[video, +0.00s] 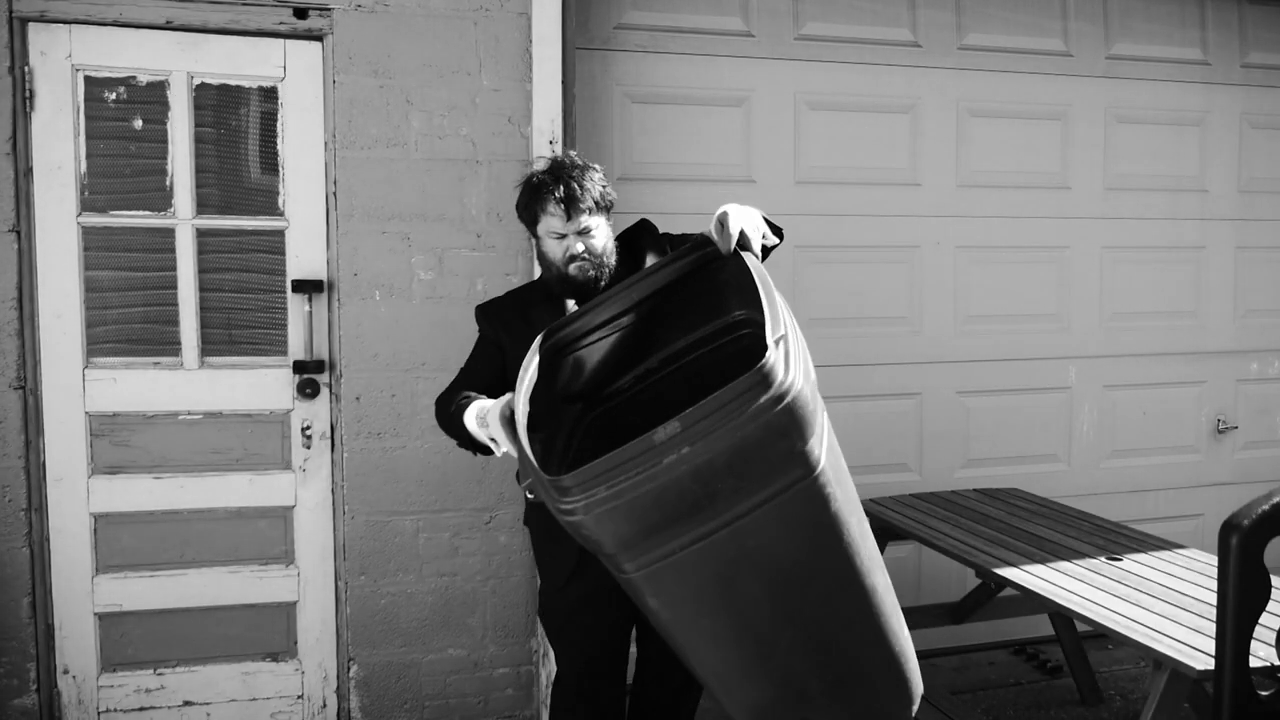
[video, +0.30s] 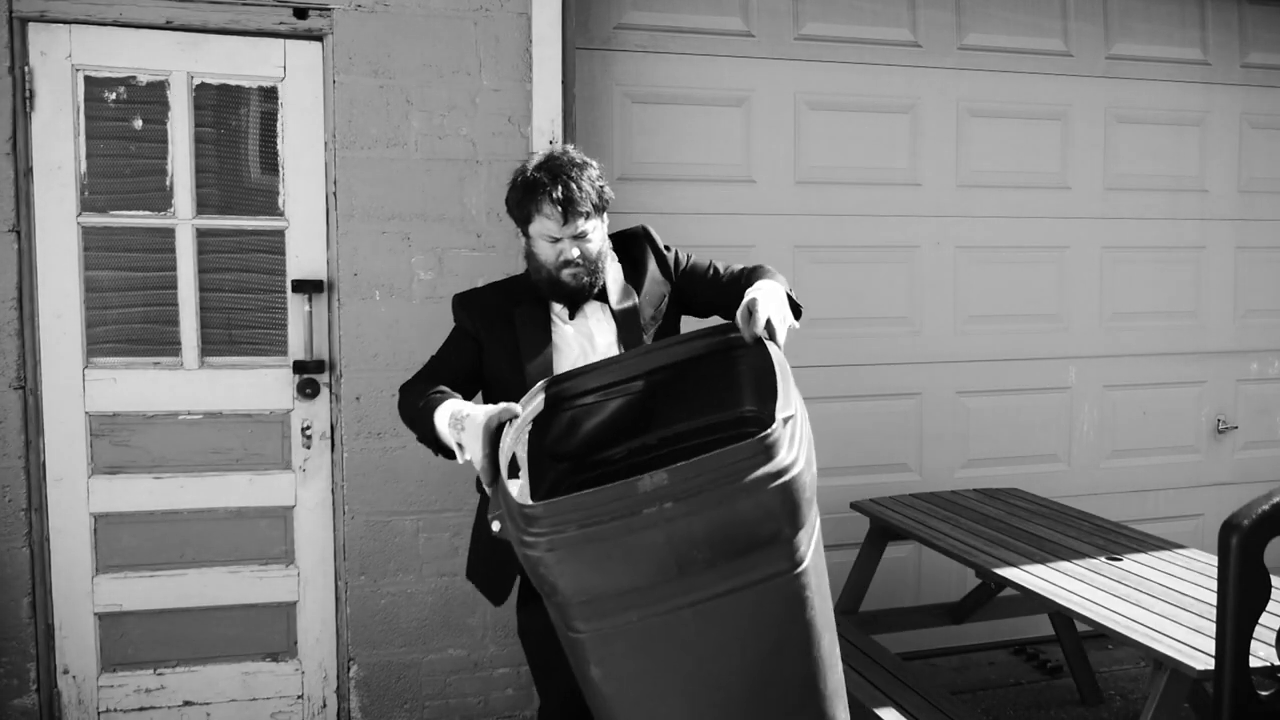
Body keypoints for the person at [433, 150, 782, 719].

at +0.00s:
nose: (578, 248)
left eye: (588, 231)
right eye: (560, 237)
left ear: (609, 219)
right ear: (534, 239)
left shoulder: (652, 256)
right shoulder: (510, 319)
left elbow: (740, 254)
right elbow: (454, 402)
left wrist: (747, 221)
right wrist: (481, 414)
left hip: (680, 507)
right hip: (572, 524)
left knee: (675, 680)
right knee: (588, 684)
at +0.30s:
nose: (576, 253)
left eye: (586, 235)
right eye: (557, 241)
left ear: (604, 218)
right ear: (525, 238)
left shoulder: (650, 267)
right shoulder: (492, 316)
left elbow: (737, 286)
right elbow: (420, 393)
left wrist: (767, 289)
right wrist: (459, 419)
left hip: (662, 529)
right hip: (553, 545)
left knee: (670, 685)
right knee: (568, 700)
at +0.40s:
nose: (584, 254)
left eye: (594, 236)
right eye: (564, 242)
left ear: (613, 219)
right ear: (531, 236)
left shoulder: (657, 271)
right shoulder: (494, 316)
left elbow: (754, 306)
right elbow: (422, 399)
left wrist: (780, 329)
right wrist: (467, 433)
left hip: (665, 534)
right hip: (557, 550)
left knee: (672, 691)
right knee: (566, 703)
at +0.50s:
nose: (592, 258)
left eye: (605, 239)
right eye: (572, 244)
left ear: (627, 225)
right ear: (543, 238)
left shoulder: (670, 278)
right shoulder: (503, 316)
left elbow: (768, 335)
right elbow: (436, 405)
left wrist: (793, 377)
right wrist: (476, 457)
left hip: (668, 534)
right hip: (557, 545)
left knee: (675, 693)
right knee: (570, 700)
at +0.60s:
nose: (609, 263)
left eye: (624, 245)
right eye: (590, 248)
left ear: (647, 231)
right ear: (563, 239)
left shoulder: (687, 285)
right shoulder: (517, 319)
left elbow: (780, 366)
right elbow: (456, 415)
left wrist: (804, 429)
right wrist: (488, 486)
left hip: (682, 543)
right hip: (571, 550)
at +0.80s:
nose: (650, 281)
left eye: (667, 264)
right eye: (634, 264)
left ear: (690, 245)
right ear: (605, 246)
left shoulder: (726, 301)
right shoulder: (553, 326)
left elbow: (791, 403)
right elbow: (504, 434)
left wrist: (817, 496)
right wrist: (510, 535)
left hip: (702, 561)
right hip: (589, 567)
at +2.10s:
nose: (702, 271)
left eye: (719, 255)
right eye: (686, 253)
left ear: (743, 238)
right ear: (662, 235)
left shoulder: (785, 296)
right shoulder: (606, 310)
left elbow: (848, 398)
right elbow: (556, 417)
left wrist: (869, 506)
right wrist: (541, 526)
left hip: (744, 553)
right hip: (636, 553)